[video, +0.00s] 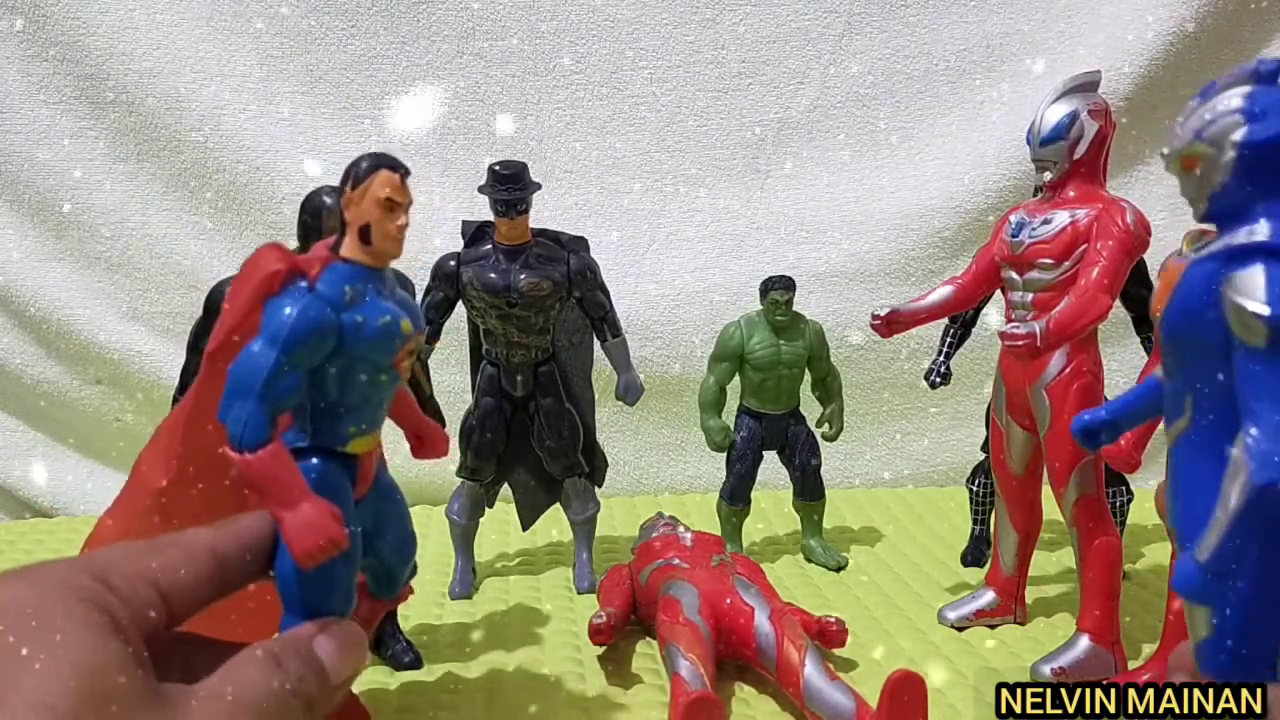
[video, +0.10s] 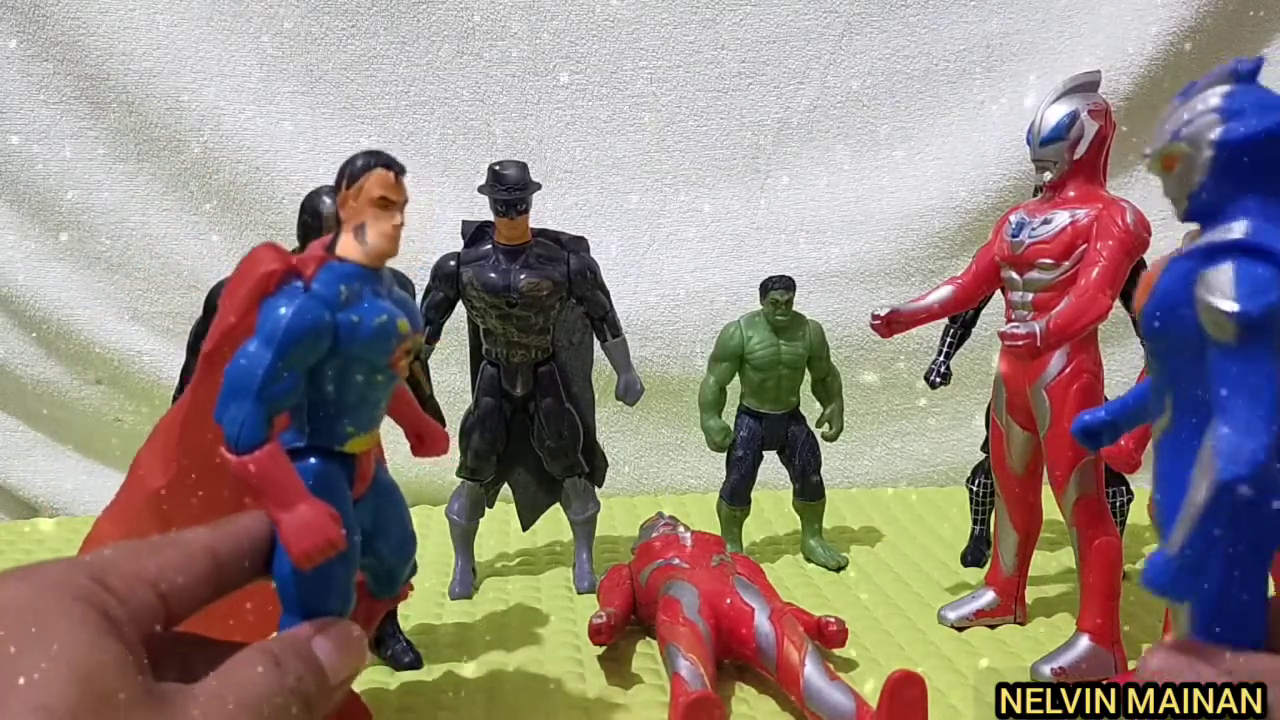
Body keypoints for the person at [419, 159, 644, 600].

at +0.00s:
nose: (510, 212)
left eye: (518, 204)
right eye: (502, 205)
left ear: (531, 203)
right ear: (490, 205)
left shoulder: (567, 259)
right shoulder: (462, 264)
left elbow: (603, 318)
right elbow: (427, 327)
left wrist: (626, 372)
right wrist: (407, 378)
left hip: (550, 377)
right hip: (493, 377)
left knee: (572, 469)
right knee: (476, 471)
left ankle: (584, 559)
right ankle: (463, 563)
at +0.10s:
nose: (513, 211)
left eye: (520, 203)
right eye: (504, 203)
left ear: (531, 202)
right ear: (490, 204)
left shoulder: (567, 258)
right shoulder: (462, 264)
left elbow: (603, 317)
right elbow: (426, 327)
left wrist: (626, 372)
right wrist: (406, 379)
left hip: (551, 376)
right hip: (493, 376)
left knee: (572, 468)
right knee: (476, 470)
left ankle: (584, 559)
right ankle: (463, 563)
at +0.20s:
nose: (517, 211)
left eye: (523, 203)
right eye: (508, 205)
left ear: (532, 203)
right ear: (493, 207)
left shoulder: (567, 258)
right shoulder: (461, 265)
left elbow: (603, 318)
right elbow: (426, 327)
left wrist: (626, 372)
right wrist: (406, 379)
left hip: (550, 376)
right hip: (493, 376)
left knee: (572, 468)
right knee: (477, 471)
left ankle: (584, 559)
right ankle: (463, 563)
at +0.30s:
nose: (513, 211)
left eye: (520, 203)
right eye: (504, 204)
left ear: (531, 202)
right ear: (491, 205)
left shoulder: (567, 258)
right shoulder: (461, 264)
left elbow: (603, 317)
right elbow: (427, 327)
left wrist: (626, 372)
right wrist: (407, 379)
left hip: (550, 375)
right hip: (493, 375)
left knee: (571, 468)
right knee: (477, 470)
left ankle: (584, 559)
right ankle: (463, 562)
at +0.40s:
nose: (514, 212)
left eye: (520, 203)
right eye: (504, 204)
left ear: (531, 202)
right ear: (491, 205)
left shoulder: (567, 258)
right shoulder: (461, 264)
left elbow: (604, 318)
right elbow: (427, 326)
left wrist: (626, 372)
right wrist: (406, 376)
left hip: (550, 376)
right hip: (493, 376)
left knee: (572, 469)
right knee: (477, 471)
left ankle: (584, 559)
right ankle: (463, 562)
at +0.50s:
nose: (514, 213)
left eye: (521, 204)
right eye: (505, 205)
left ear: (531, 203)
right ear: (491, 206)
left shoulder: (567, 258)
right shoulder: (462, 264)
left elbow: (604, 318)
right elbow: (426, 326)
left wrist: (626, 372)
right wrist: (406, 377)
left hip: (550, 377)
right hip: (493, 376)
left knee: (572, 469)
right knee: (477, 471)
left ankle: (584, 559)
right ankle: (463, 562)